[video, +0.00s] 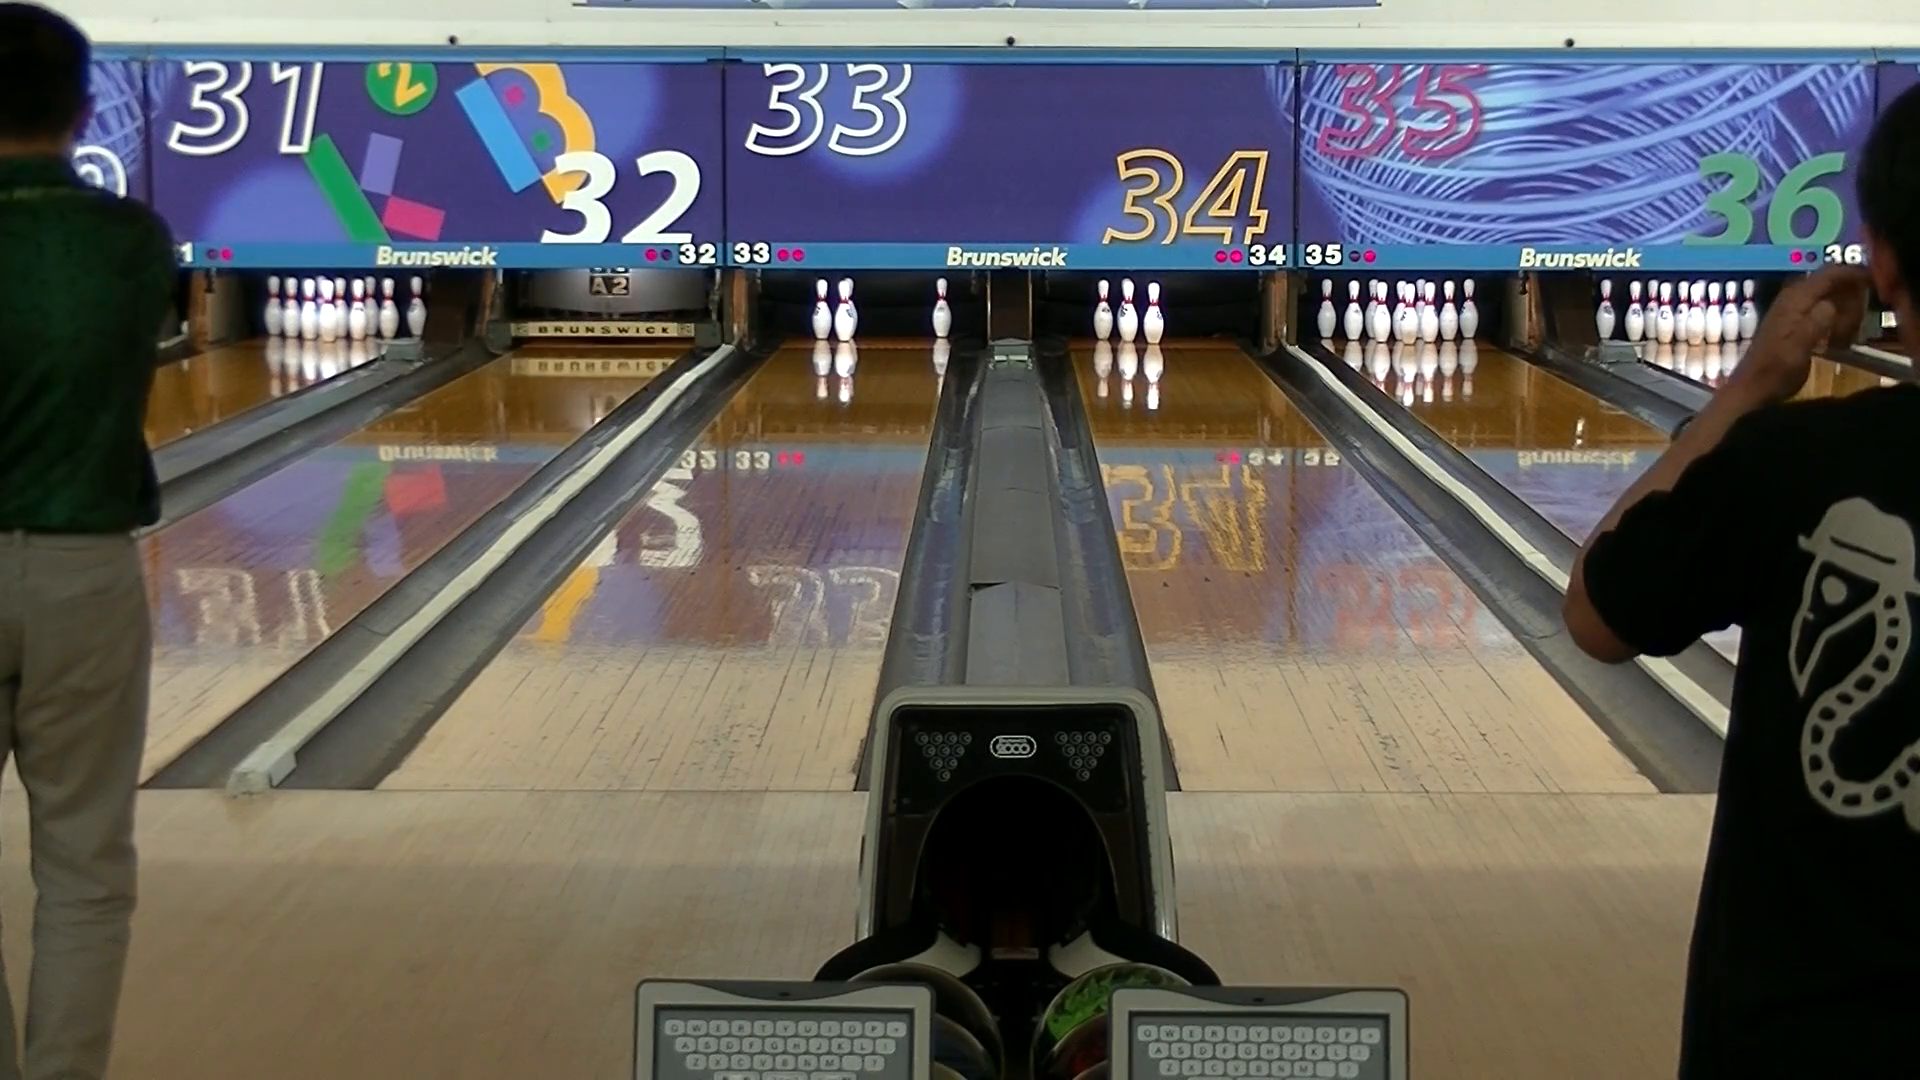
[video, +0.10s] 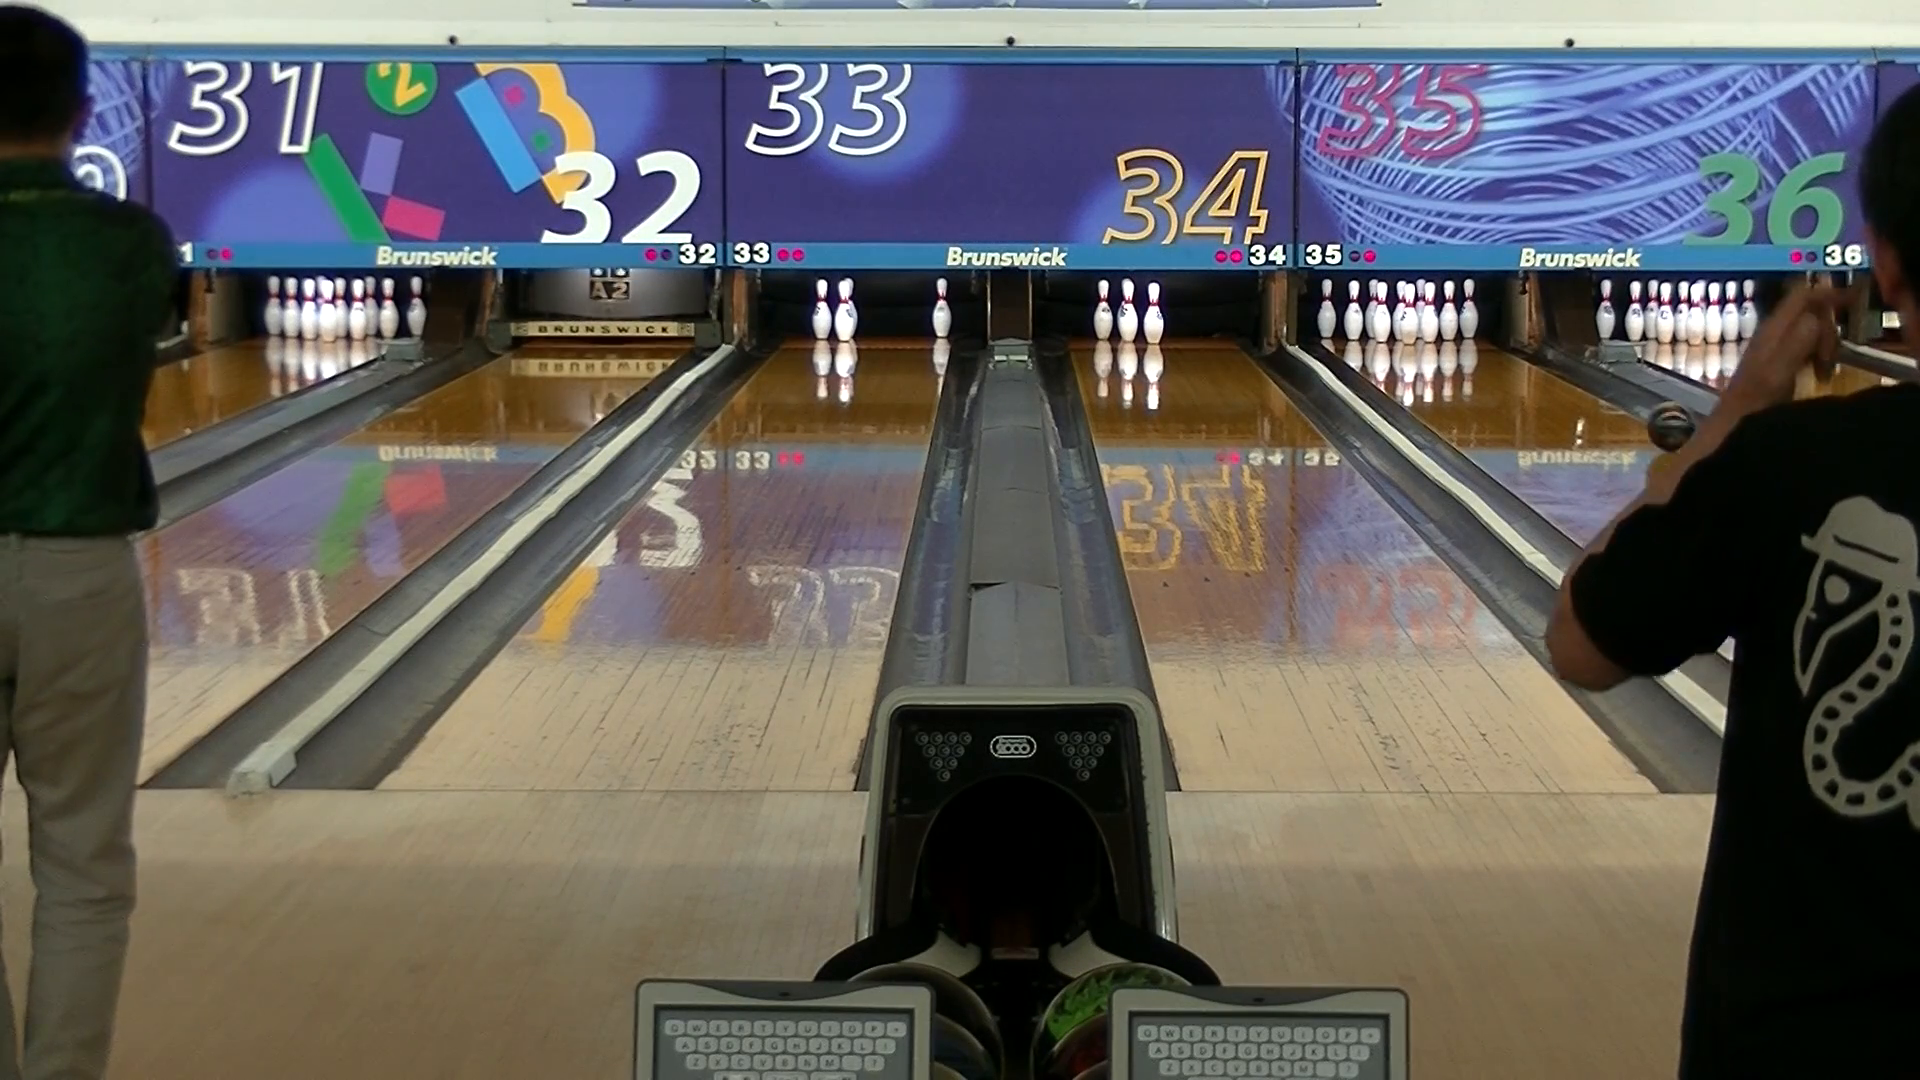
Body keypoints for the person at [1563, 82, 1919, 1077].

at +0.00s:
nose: (1864, 257)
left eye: (1866, 236)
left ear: (1885, 265)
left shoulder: (1813, 458)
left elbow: (1600, 616)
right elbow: (1602, 615)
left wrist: (1752, 380)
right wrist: (1756, 388)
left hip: (1792, 995)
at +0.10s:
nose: (1873, 257)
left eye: (1870, 238)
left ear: (1885, 263)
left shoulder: (1807, 460)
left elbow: (1582, 649)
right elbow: (1584, 645)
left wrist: (1741, 402)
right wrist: (1750, 411)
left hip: (1794, 1005)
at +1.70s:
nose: (1780, 266)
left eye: (1779, 246)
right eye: (1786, 241)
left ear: (1805, 272)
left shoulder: (1730, 458)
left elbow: (1602, 718)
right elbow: (1601, 718)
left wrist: (1608, 999)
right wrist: (1612, 999)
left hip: (1756, 1015)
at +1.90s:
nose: (1678, 276)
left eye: (1677, 252)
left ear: (1694, 275)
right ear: (1881, 253)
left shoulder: (1634, 469)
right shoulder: (1914, 423)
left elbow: (1554, 744)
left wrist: (1496, 1015)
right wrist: (1502, 1011)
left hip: (1681, 1014)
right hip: (1903, 1008)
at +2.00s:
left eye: (1599, 252)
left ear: (1613, 273)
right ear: (1803, 249)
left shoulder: (1557, 466)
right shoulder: (1899, 448)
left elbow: (1490, 748)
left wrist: (1427, 1000)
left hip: (1625, 1012)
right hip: (1878, 1010)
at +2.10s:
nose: (1514, 261)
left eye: (1514, 238)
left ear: (1536, 258)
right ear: (1708, 232)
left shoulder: (1483, 461)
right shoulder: (1854, 446)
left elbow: (1417, 757)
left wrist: (1351, 999)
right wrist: (1856, 814)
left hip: (1561, 1001)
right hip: (1802, 1005)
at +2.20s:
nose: (1454, 258)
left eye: (1452, 235)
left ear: (1466, 257)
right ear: (1647, 227)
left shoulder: (1424, 455)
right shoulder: (1792, 428)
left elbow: (1366, 761)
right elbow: (1885, 723)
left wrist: (1295, 965)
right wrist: (1805, 801)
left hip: (1517, 1001)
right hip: (1744, 1000)